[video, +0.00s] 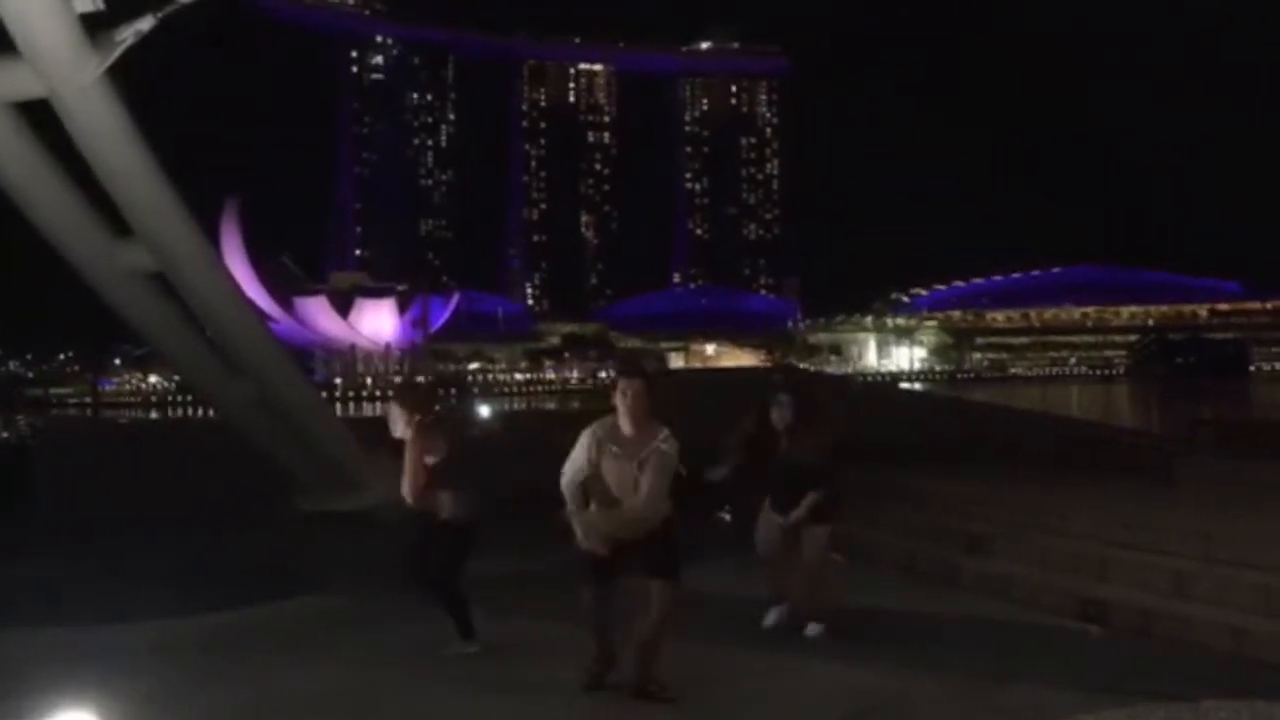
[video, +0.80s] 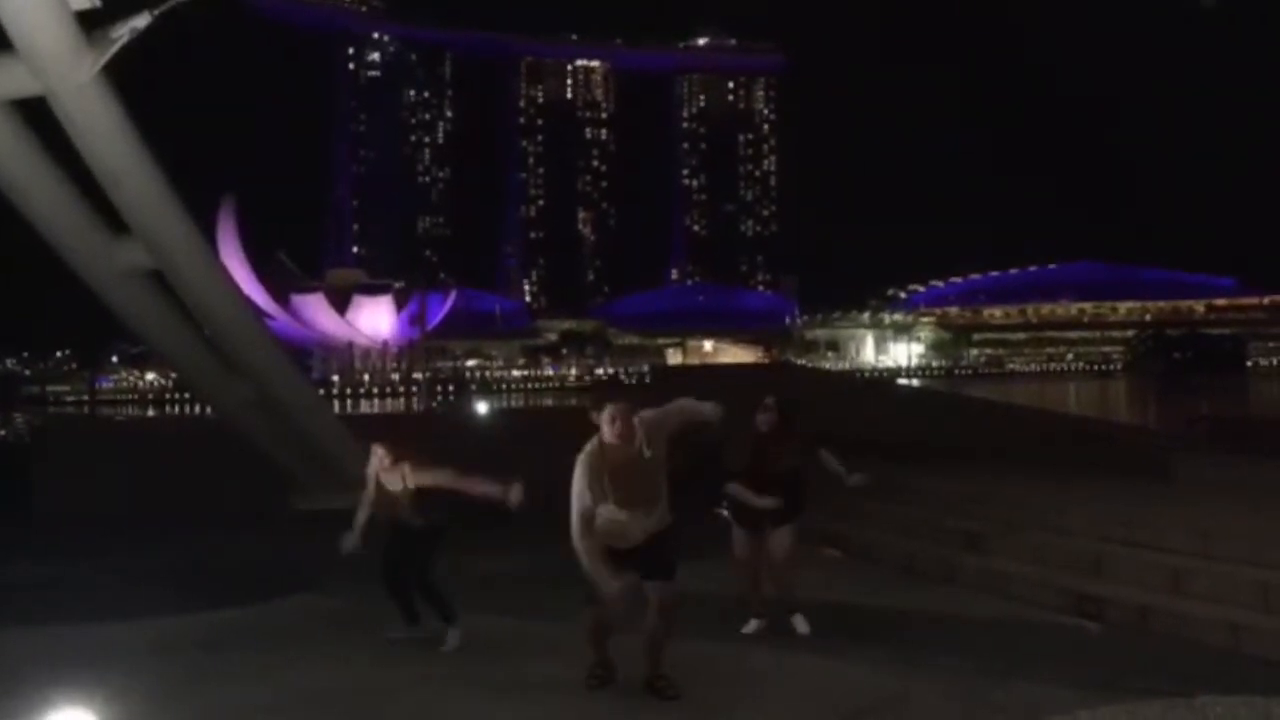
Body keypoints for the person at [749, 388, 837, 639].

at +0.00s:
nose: (778, 414)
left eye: (784, 408)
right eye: (775, 408)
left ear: (795, 413)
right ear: (769, 412)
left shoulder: (809, 445)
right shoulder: (770, 443)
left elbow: (819, 486)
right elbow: (768, 484)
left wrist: (798, 513)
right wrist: (770, 511)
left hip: (813, 505)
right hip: (779, 501)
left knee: (812, 562)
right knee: (767, 547)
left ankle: (816, 614)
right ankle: (778, 601)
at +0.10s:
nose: (779, 420)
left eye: (784, 414)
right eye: (774, 414)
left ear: (793, 418)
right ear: (766, 419)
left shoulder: (804, 446)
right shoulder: (759, 448)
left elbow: (812, 494)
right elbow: (756, 494)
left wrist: (785, 531)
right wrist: (769, 531)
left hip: (807, 512)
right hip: (769, 512)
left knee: (814, 562)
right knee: (762, 563)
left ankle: (811, 619)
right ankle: (766, 623)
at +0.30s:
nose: (772, 422)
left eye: (777, 417)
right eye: (769, 417)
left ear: (788, 421)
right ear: (765, 420)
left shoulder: (798, 450)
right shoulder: (755, 445)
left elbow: (809, 493)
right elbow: (736, 427)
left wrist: (783, 523)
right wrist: (721, 416)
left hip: (801, 519)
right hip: (763, 516)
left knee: (804, 569)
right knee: (763, 575)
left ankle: (805, 618)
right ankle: (769, 629)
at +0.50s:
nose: (769, 417)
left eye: (775, 412)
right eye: (767, 411)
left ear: (787, 416)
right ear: (760, 414)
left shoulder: (797, 445)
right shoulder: (750, 441)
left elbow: (827, 468)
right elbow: (722, 439)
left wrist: (807, 493)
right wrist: (690, 436)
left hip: (789, 508)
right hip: (755, 506)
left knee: (789, 560)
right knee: (751, 554)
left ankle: (799, 614)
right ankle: (756, 608)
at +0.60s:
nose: (767, 416)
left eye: (773, 411)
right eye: (764, 411)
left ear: (783, 415)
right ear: (757, 414)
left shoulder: (794, 445)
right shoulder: (750, 443)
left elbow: (824, 464)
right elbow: (727, 467)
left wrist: (822, 488)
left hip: (784, 513)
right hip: (750, 512)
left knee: (781, 566)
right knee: (749, 565)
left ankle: (801, 615)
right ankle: (758, 616)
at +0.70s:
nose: (764, 417)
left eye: (770, 411)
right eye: (761, 411)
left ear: (781, 415)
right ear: (756, 414)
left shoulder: (791, 444)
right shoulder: (747, 443)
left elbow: (822, 464)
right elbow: (732, 483)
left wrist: (825, 496)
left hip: (780, 511)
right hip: (746, 510)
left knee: (772, 564)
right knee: (743, 563)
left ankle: (799, 613)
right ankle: (758, 615)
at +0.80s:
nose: (762, 417)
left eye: (768, 412)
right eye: (761, 412)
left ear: (781, 417)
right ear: (755, 415)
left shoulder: (790, 445)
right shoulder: (746, 445)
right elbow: (730, 484)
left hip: (780, 514)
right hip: (746, 513)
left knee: (781, 564)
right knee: (748, 566)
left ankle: (793, 612)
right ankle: (758, 615)